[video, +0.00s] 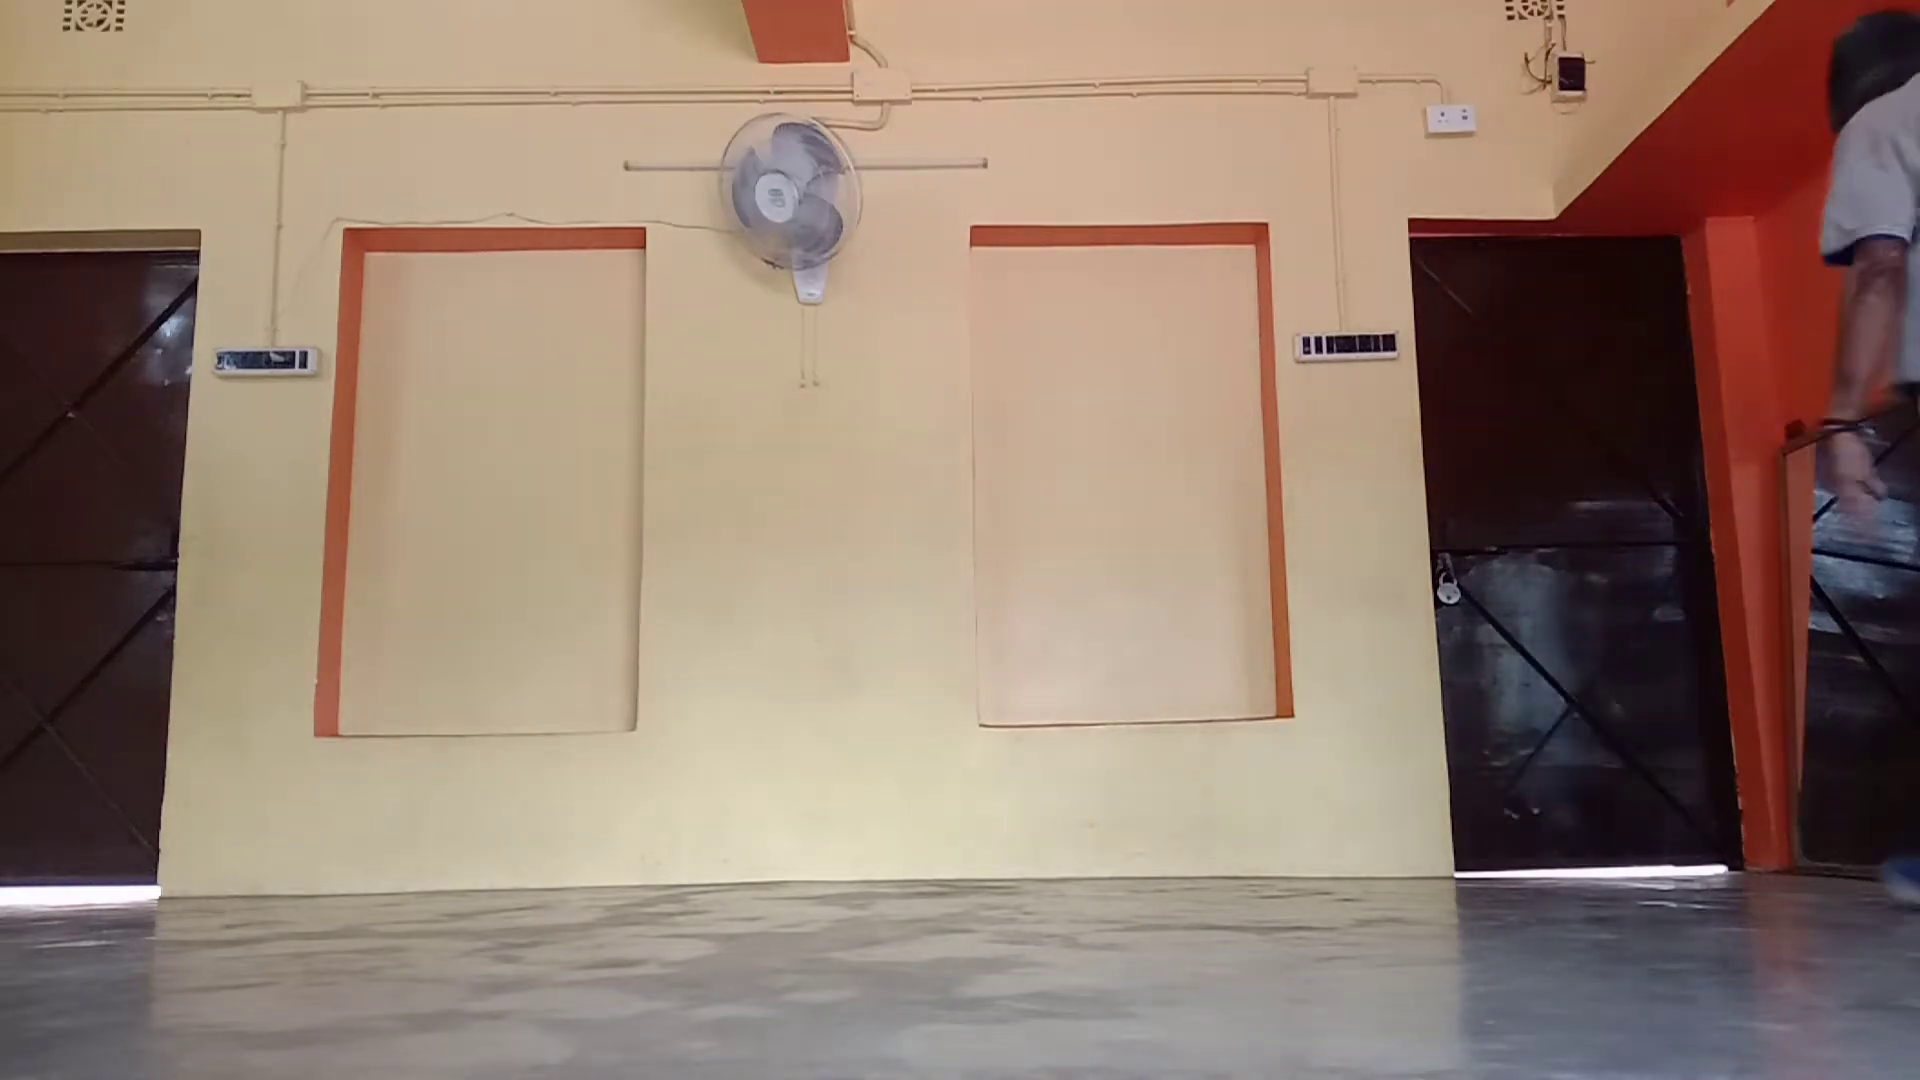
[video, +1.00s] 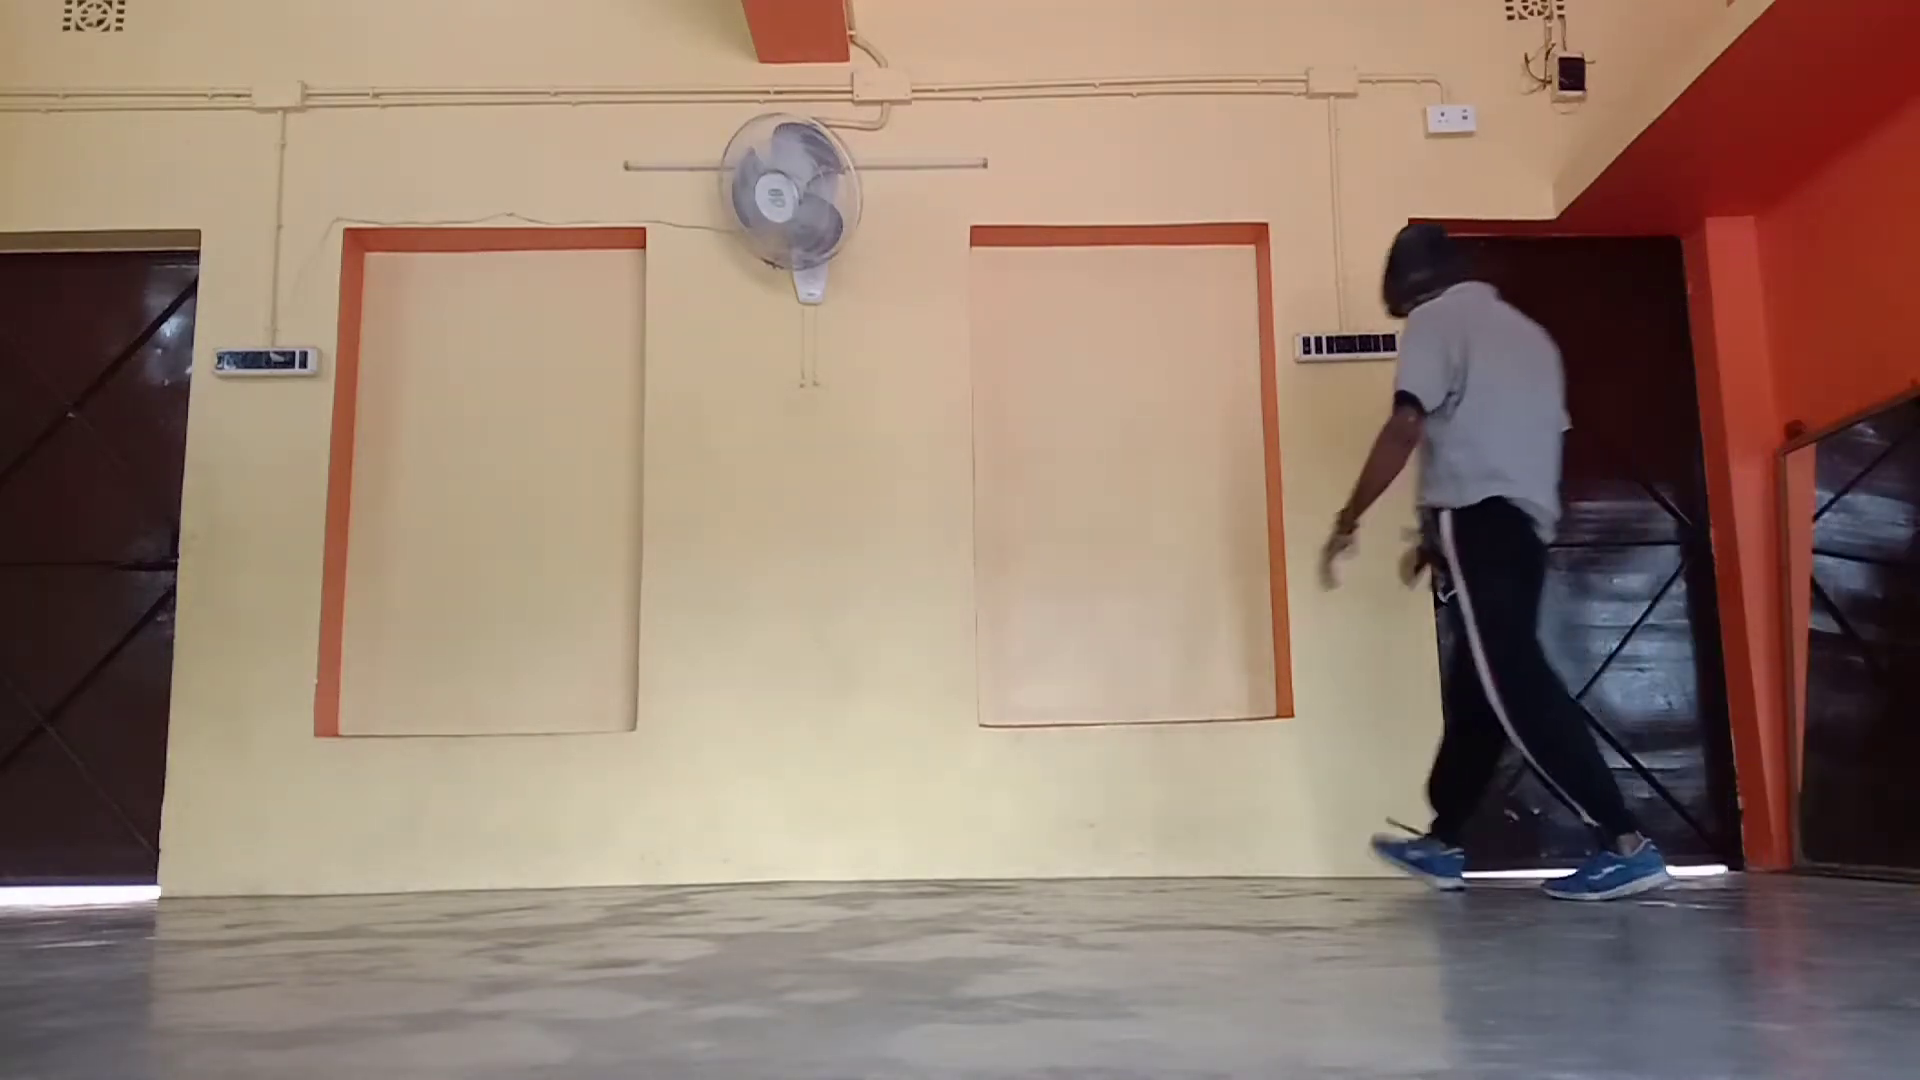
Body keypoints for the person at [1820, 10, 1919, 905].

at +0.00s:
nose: (1834, 118)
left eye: (1841, 99)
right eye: (1842, 105)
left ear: (1857, 80)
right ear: (1901, 71)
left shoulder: (1884, 121)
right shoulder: (1884, 123)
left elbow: (1883, 266)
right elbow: (1885, 270)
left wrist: (1844, 419)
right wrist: (1854, 421)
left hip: (1910, 430)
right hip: (1907, 427)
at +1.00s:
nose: (1398, 303)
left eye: (1398, 289)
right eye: (1394, 289)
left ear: (1417, 274)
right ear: (1458, 268)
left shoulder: (1435, 318)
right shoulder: (1528, 333)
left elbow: (1406, 424)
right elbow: (1525, 446)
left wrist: (1349, 516)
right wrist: (1441, 530)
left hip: (1477, 513)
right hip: (1524, 516)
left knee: (1511, 674)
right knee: (1475, 679)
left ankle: (1625, 843)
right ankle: (1446, 840)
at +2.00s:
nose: (1033, 378)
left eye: (1030, 367)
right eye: (1026, 370)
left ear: (1047, 353)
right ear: (1058, 344)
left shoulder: (1113, 374)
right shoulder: (1086, 387)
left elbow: (1181, 449)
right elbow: (1122, 465)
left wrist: (1124, 529)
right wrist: (1095, 539)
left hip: (1128, 568)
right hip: (1098, 571)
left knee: (1135, 704)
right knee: (1072, 702)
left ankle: (1181, 841)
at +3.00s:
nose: (1025, 270)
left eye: (1036, 261)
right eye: (1012, 262)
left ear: (1053, 281)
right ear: (992, 281)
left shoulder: (1083, 367)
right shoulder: (955, 355)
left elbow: (1151, 422)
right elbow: (883, 405)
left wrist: (1193, 428)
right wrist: (824, 421)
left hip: (1048, 553)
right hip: (964, 552)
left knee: (1067, 703)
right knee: (936, 700)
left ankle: (1086, 851)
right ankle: (921, 847)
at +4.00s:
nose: (850, 312)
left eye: (862, 300)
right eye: (839, 307)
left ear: (889, 311)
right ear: (834, 328)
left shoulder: (934, 361)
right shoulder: (862, 412)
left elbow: (1018, 421)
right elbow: (894, 492)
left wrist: (995, 523)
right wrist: (866, 552)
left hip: (1004, 557)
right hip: (936, 575)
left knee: (1045, 701)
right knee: (894, 702)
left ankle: (1086, 847)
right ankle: (870, 844)